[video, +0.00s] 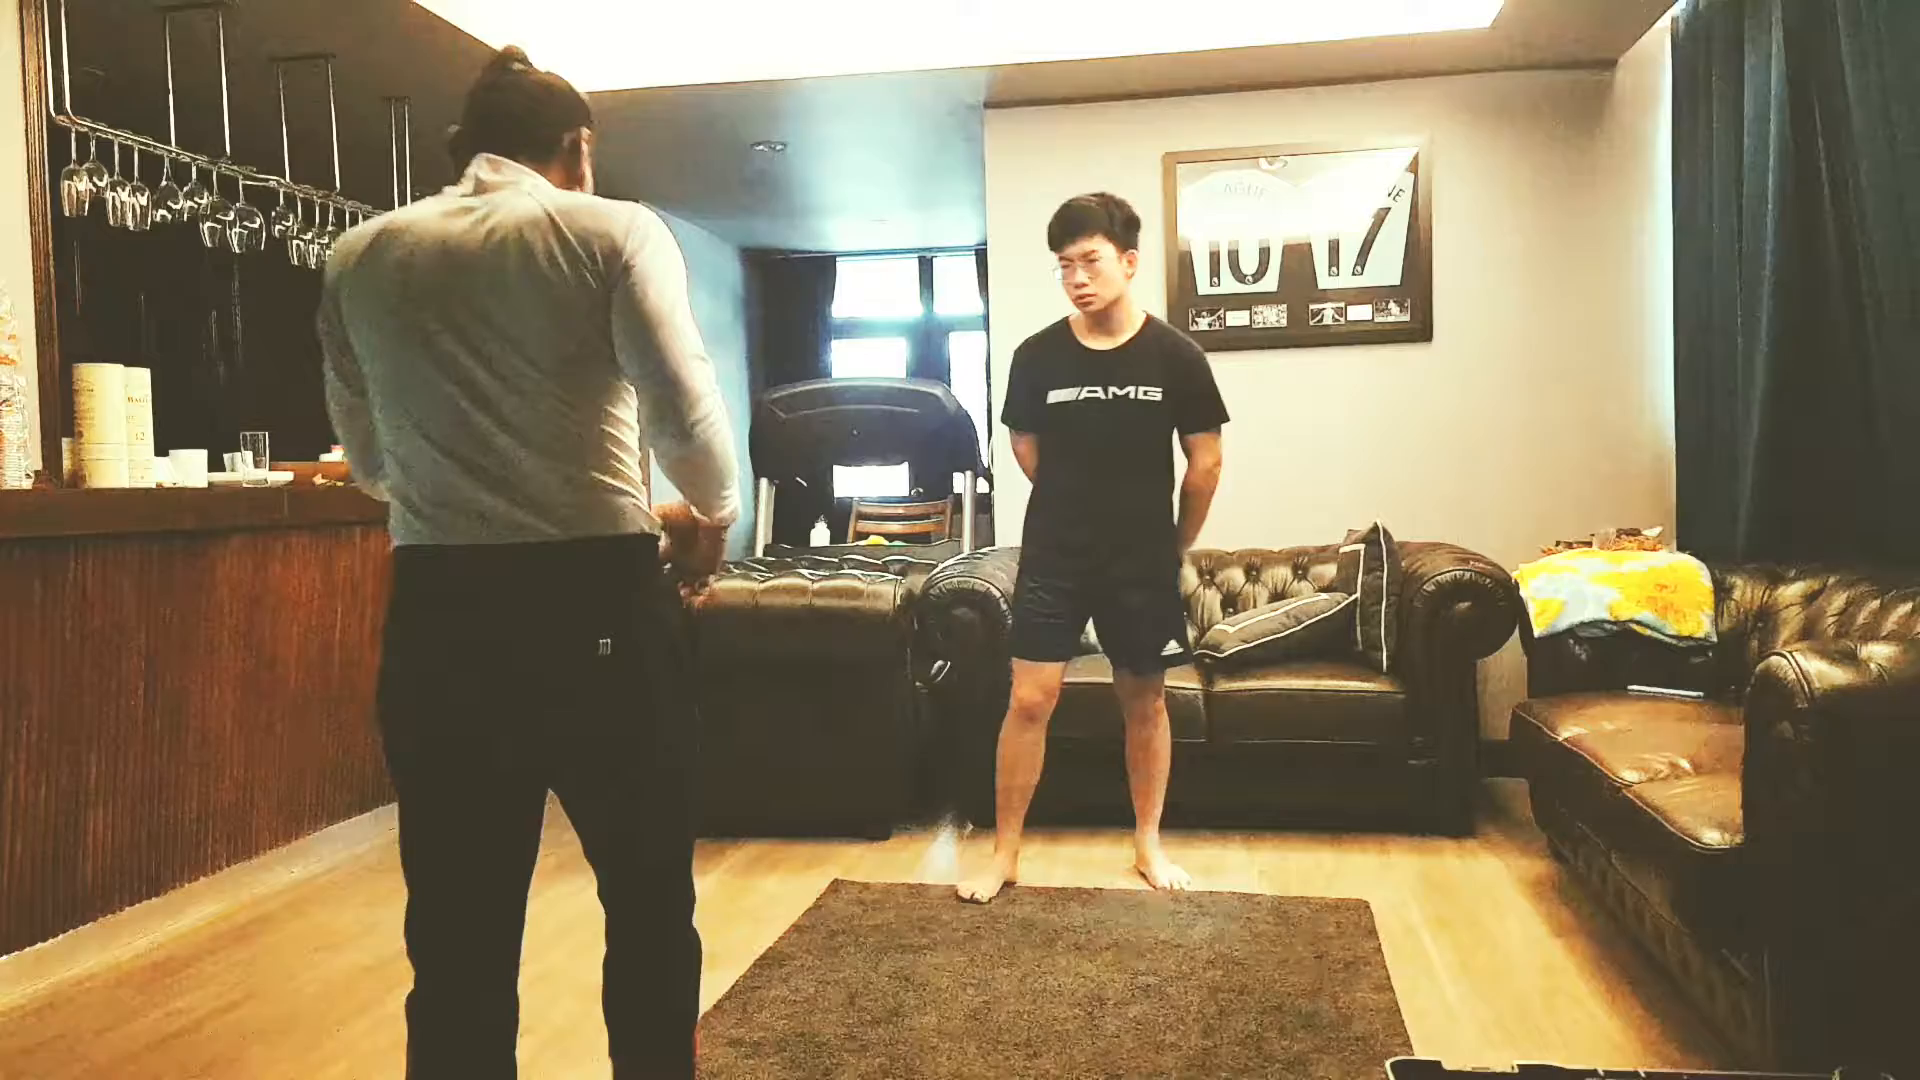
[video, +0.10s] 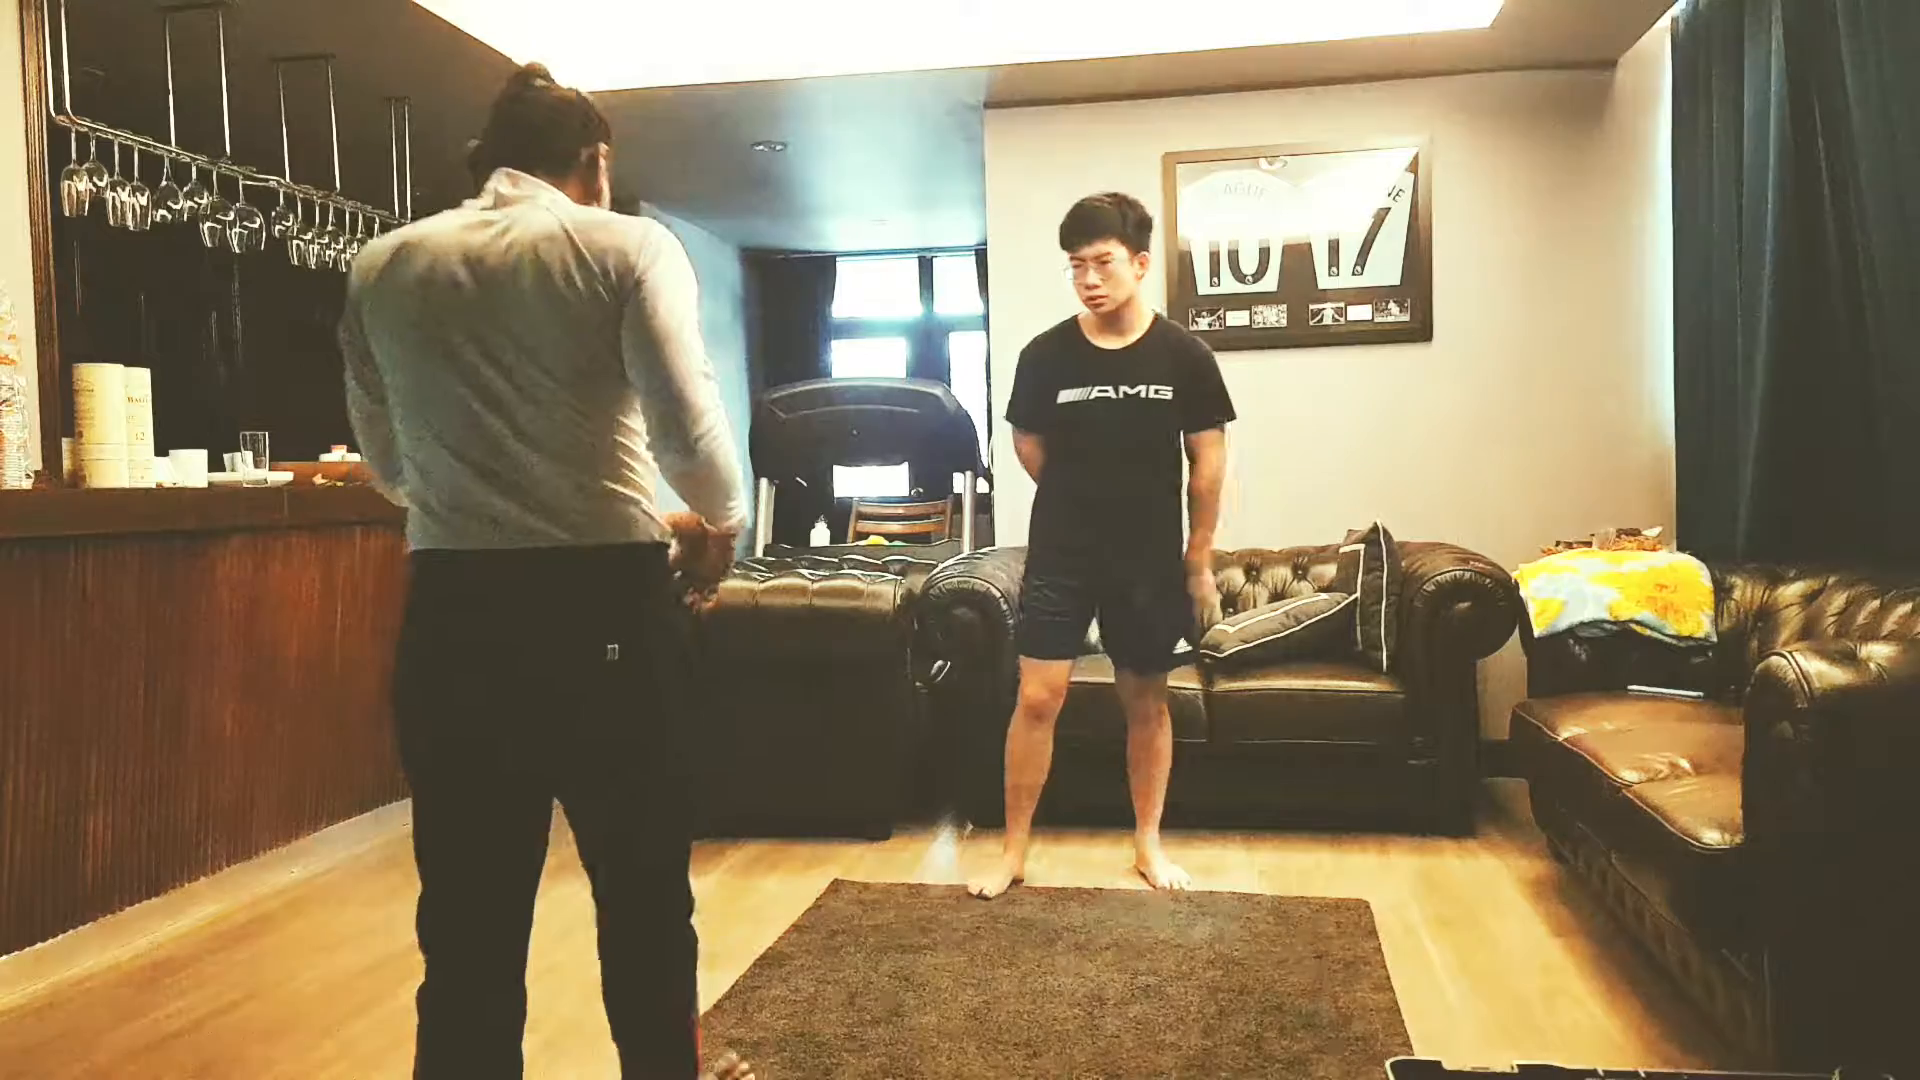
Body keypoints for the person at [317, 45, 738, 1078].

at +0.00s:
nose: (592, 179)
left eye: (589, 164)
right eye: (592, 161)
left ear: (468, 151)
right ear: (573, 152)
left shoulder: (355, 256)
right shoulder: (611, 231)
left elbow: (368, 459)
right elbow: (689, 419)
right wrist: (709, 530)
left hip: (442, 621)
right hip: (601, 614)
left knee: (456, 940)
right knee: (651, 909)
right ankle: (655, 1068)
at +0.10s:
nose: (607, 195)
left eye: (605, 180)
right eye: (608, 177)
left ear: (489, 164)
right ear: (590, 165)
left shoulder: (380, 264)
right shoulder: (624, 246)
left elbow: (381, 448)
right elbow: (693, 431)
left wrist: (457, 514)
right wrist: (719, 534)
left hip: (457, 619)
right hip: (609, 615)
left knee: (468, 929)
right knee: (645, 908)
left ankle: (460, 1077)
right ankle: (659, 1067)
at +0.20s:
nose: (637, 210)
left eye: (636, 194)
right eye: (637, 192)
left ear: (524, 179)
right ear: (621, 182)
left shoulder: (419, 277)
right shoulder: (657, 268)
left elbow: (414, 475)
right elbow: (718, 458)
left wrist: (508, 478)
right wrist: (735, 541)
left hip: (483, 623)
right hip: (632, 620)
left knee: (486, 930)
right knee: (657, 915)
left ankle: (475, 1075)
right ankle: (661, 1067)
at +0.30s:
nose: (672, 214)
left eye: (673, 194)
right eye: (672, 194)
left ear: (559, 180)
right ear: (653, 183)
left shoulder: (456, 272)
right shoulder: (691, 275)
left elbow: (428, 462)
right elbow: (754, 473)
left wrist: (533, 457)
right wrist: (754, 535)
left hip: (516, 601)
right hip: (655, 597)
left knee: (515, 892)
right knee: (668, 888)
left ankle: (493, 1073)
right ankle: (663, 1068)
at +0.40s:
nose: (703, 220)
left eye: (700, 199)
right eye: (701, 199)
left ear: (592, 185)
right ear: (681, 191)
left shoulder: (488, 275)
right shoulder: (724, 284)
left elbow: (446, 455)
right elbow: (784, 465)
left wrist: (532, 482)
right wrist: (773, 530)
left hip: (544, 589)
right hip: (679, 587)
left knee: (540, 856)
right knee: (681, 860)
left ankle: (515, 1068)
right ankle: (665, 1066)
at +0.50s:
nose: (726, 229)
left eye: (724, 210)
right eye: (724, 210)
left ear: (619, 194)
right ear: (703, 202)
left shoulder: (516, 282)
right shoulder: (743, 290)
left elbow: (469, 465)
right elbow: (803, 473)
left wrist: (546, 542)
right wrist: (779, 550)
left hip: (562, 582)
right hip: (691, 581)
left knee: (577, 820)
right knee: (687, 839)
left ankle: (557, 1053)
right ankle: (666, 1063)